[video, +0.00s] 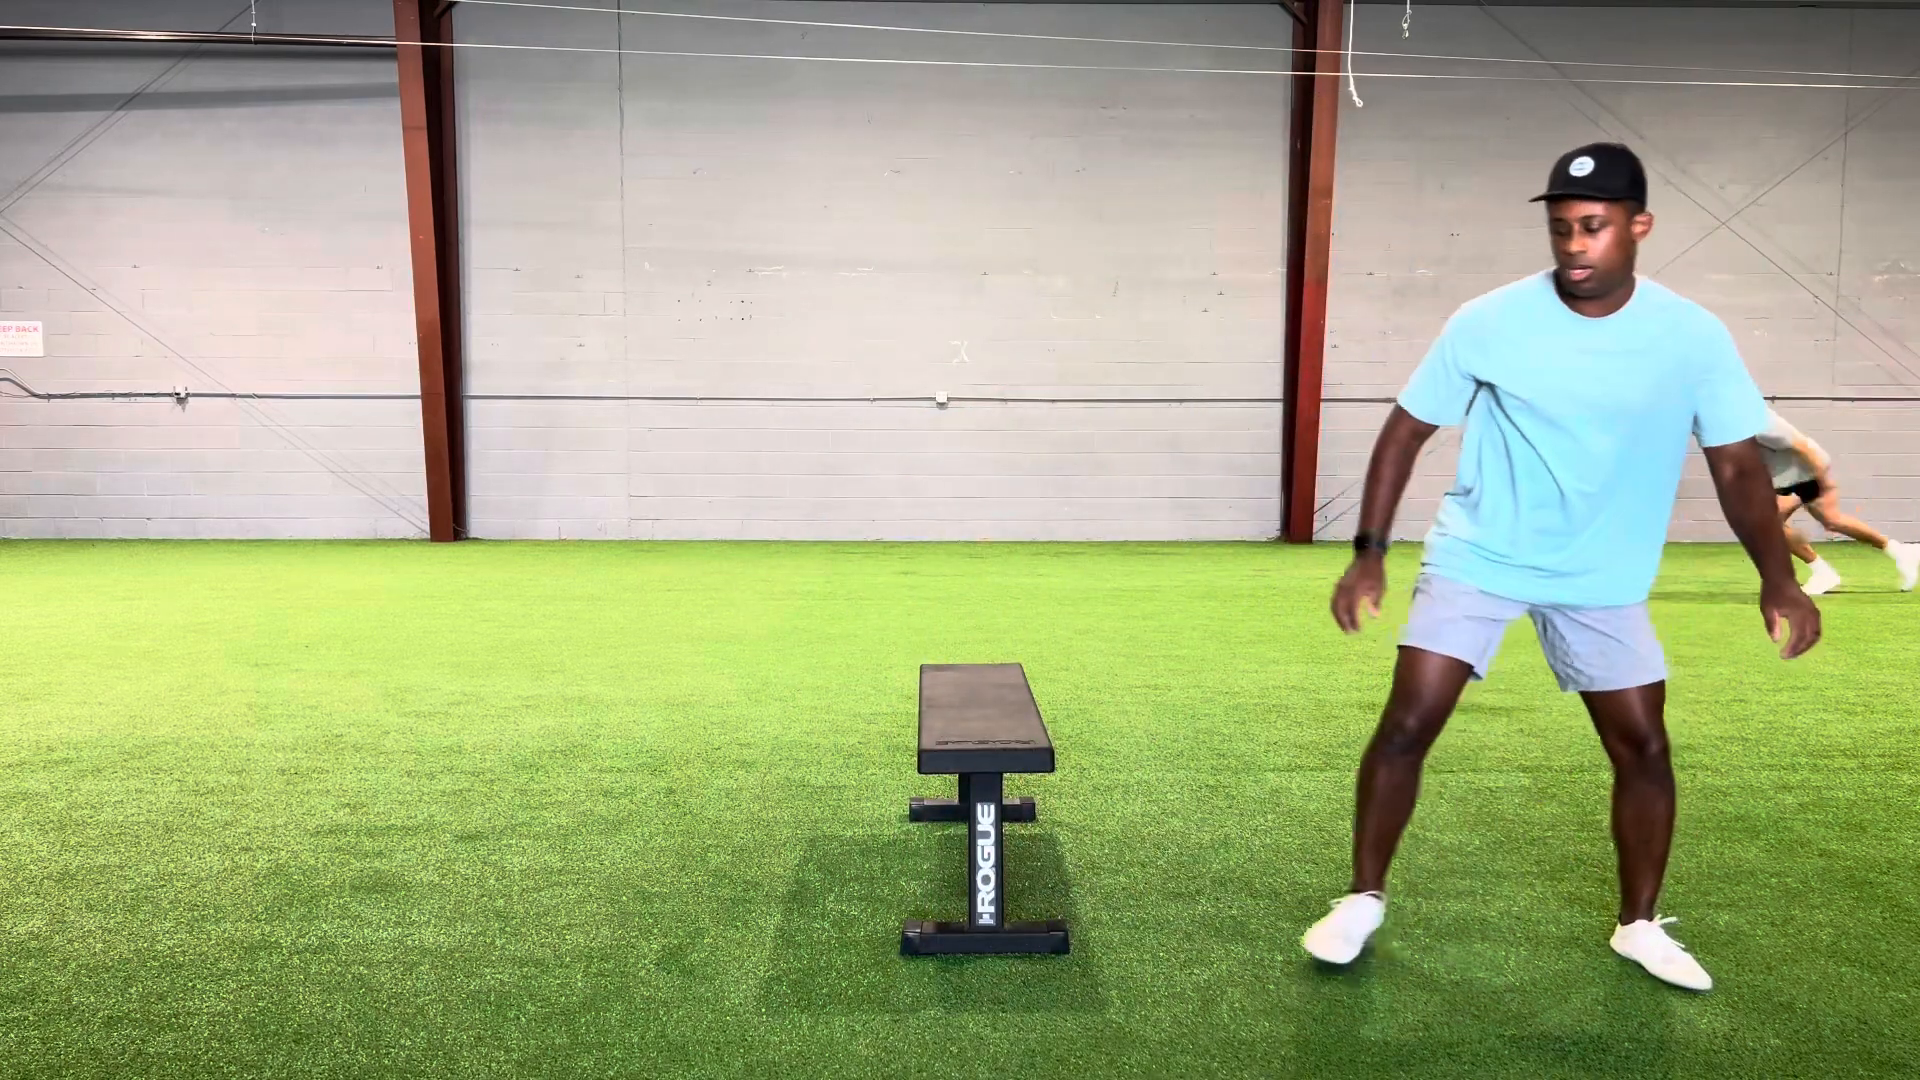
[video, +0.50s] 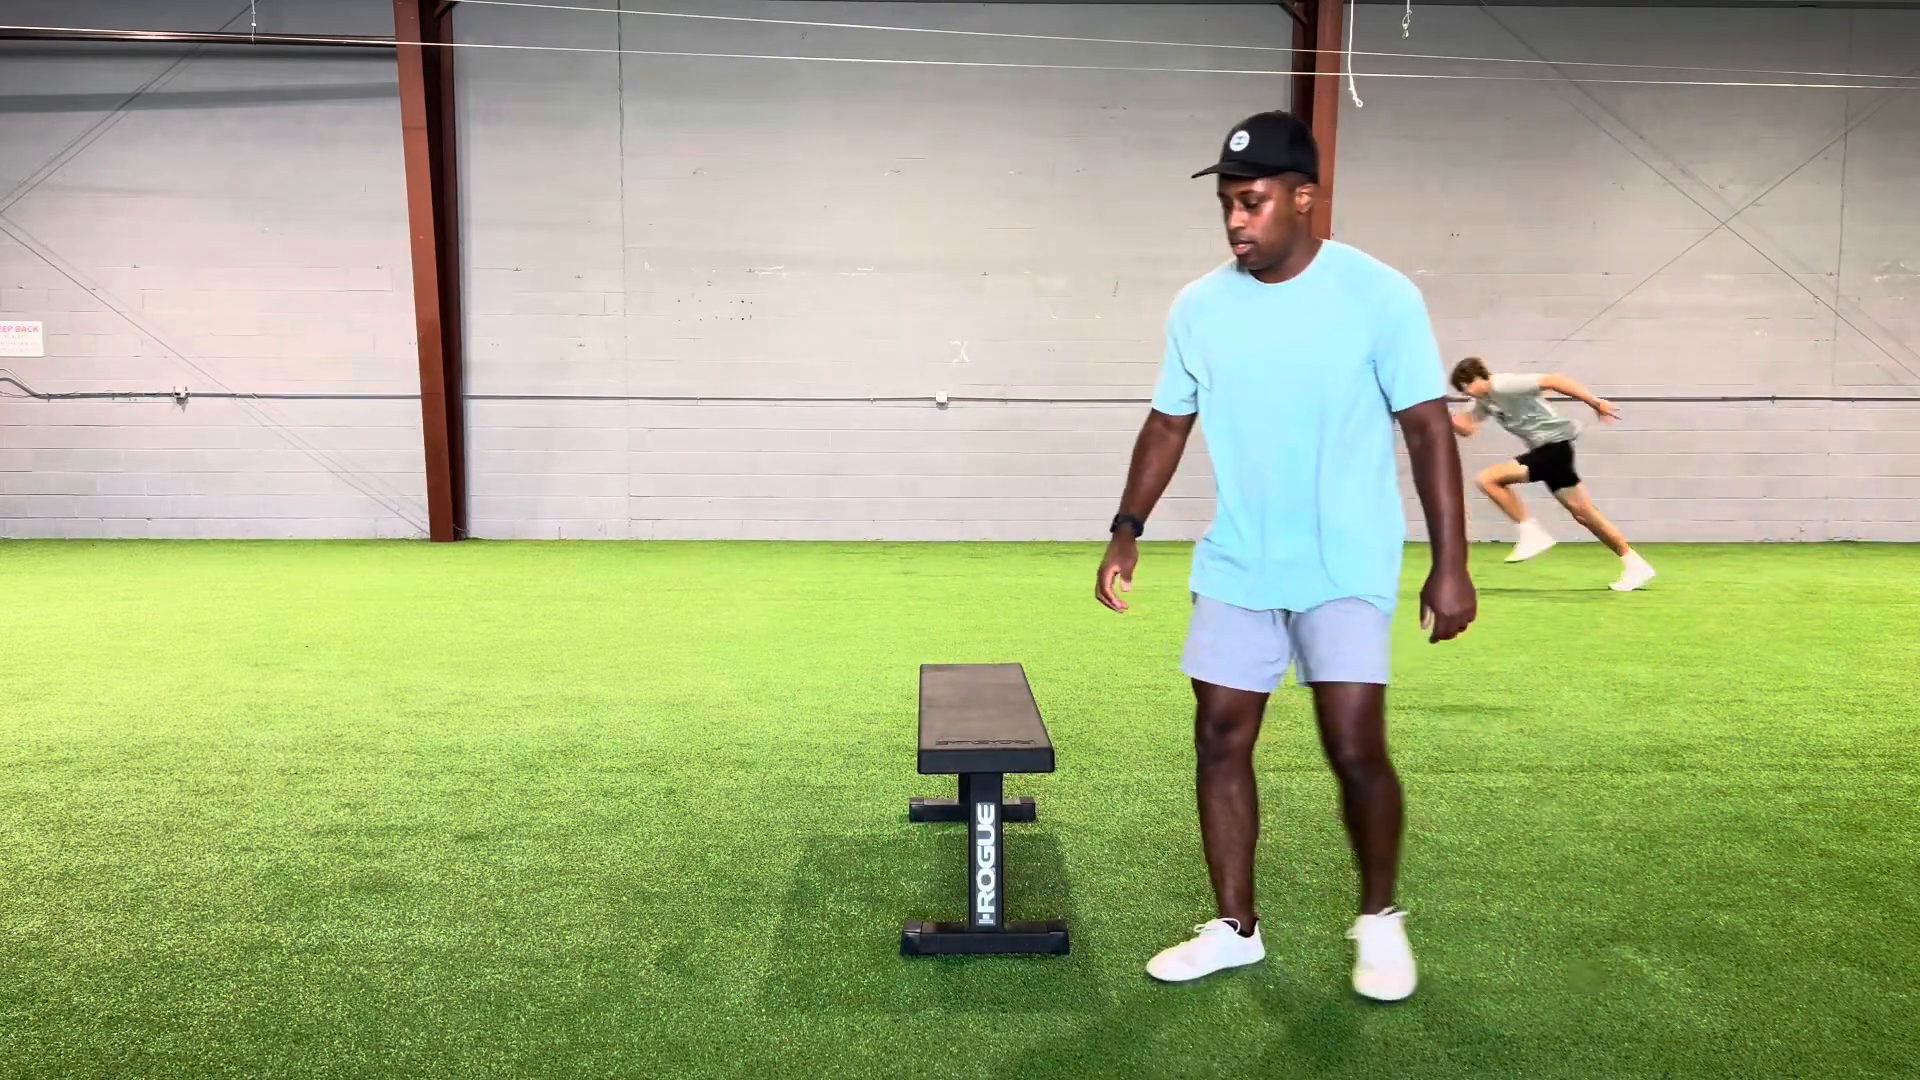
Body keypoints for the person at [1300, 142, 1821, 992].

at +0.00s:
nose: (1572, 245)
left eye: (1592, 227)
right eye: (1560, 226)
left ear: (1639, 228)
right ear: (1546, 226)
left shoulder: (1694, 340)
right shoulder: (1490, 324)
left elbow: (1741, 467)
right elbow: (1404, 430)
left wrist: (1779, 578)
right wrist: (1369, 548)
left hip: (1601, 581)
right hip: (1475, 561)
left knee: (1644, 745)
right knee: (1409, 721)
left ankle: (1640, 922)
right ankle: (1363, 897)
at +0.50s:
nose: (1234, 221)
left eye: (1252, 201)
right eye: (1227, 202)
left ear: (1308, 199)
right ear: (1224, 203)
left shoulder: (1382, 297)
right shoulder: (1201, 307)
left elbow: (1429, 428)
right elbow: (1168, 423)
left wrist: (1450, 563)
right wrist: (1126, 528)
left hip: (1347, 562)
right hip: (1237, 561)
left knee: (1356, 751)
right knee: (1220, 735)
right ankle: (1235, 927)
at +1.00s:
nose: (1096, 297)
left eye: (1117, 280)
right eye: (1084, 275)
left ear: (1156, 273)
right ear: (1067, 262)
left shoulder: (1206, 356)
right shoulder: (1021, 343)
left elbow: (1246, 483)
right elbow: (972, 443)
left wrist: (1215, 587)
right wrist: (952, 550)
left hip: (1158, 590)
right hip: (1045, 581)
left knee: (1179, 762)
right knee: (998, 743)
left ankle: (1191, 938)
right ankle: (966, 934)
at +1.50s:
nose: (1036, 452)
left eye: (1055, 434)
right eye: (1022, 431)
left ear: (1082, 426)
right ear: (1002, 415)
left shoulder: (1121, 504)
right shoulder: (943, 487)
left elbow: (1174, 610)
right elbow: (886, 582)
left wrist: (1167, 676)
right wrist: (887, 676)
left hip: (1063, 680)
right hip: (958, 673)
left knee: (1101, 782)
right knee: (943, 778)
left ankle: (1083, 940)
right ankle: (963, 939)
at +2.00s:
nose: (1009, 407)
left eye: (1024, 392)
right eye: (995, 392)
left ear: (1046, 399)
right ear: (976, 399)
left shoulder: (1088, 490)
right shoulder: (924, 490)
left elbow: (1113, 591)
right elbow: (878, 588)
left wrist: (1112, 618)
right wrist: (897, 619)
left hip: (1050, 675)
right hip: (954, 670)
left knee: (1079, 743)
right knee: (926, 719)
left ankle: (1051, 933)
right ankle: (954, 900)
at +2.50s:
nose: (1042, 434)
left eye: (1056, 417)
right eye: (1025, 417)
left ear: (1074, 418)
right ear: (998, 417)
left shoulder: (1113, 495)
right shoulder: (946, 490)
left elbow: (1195, 572)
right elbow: (965, 616)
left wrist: (1246, 675)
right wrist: (1091, 620)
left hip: (1057, 671)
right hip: (958, 666)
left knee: (1078, 760)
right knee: (902, 734)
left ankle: (1081, 936)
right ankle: (969, 887)